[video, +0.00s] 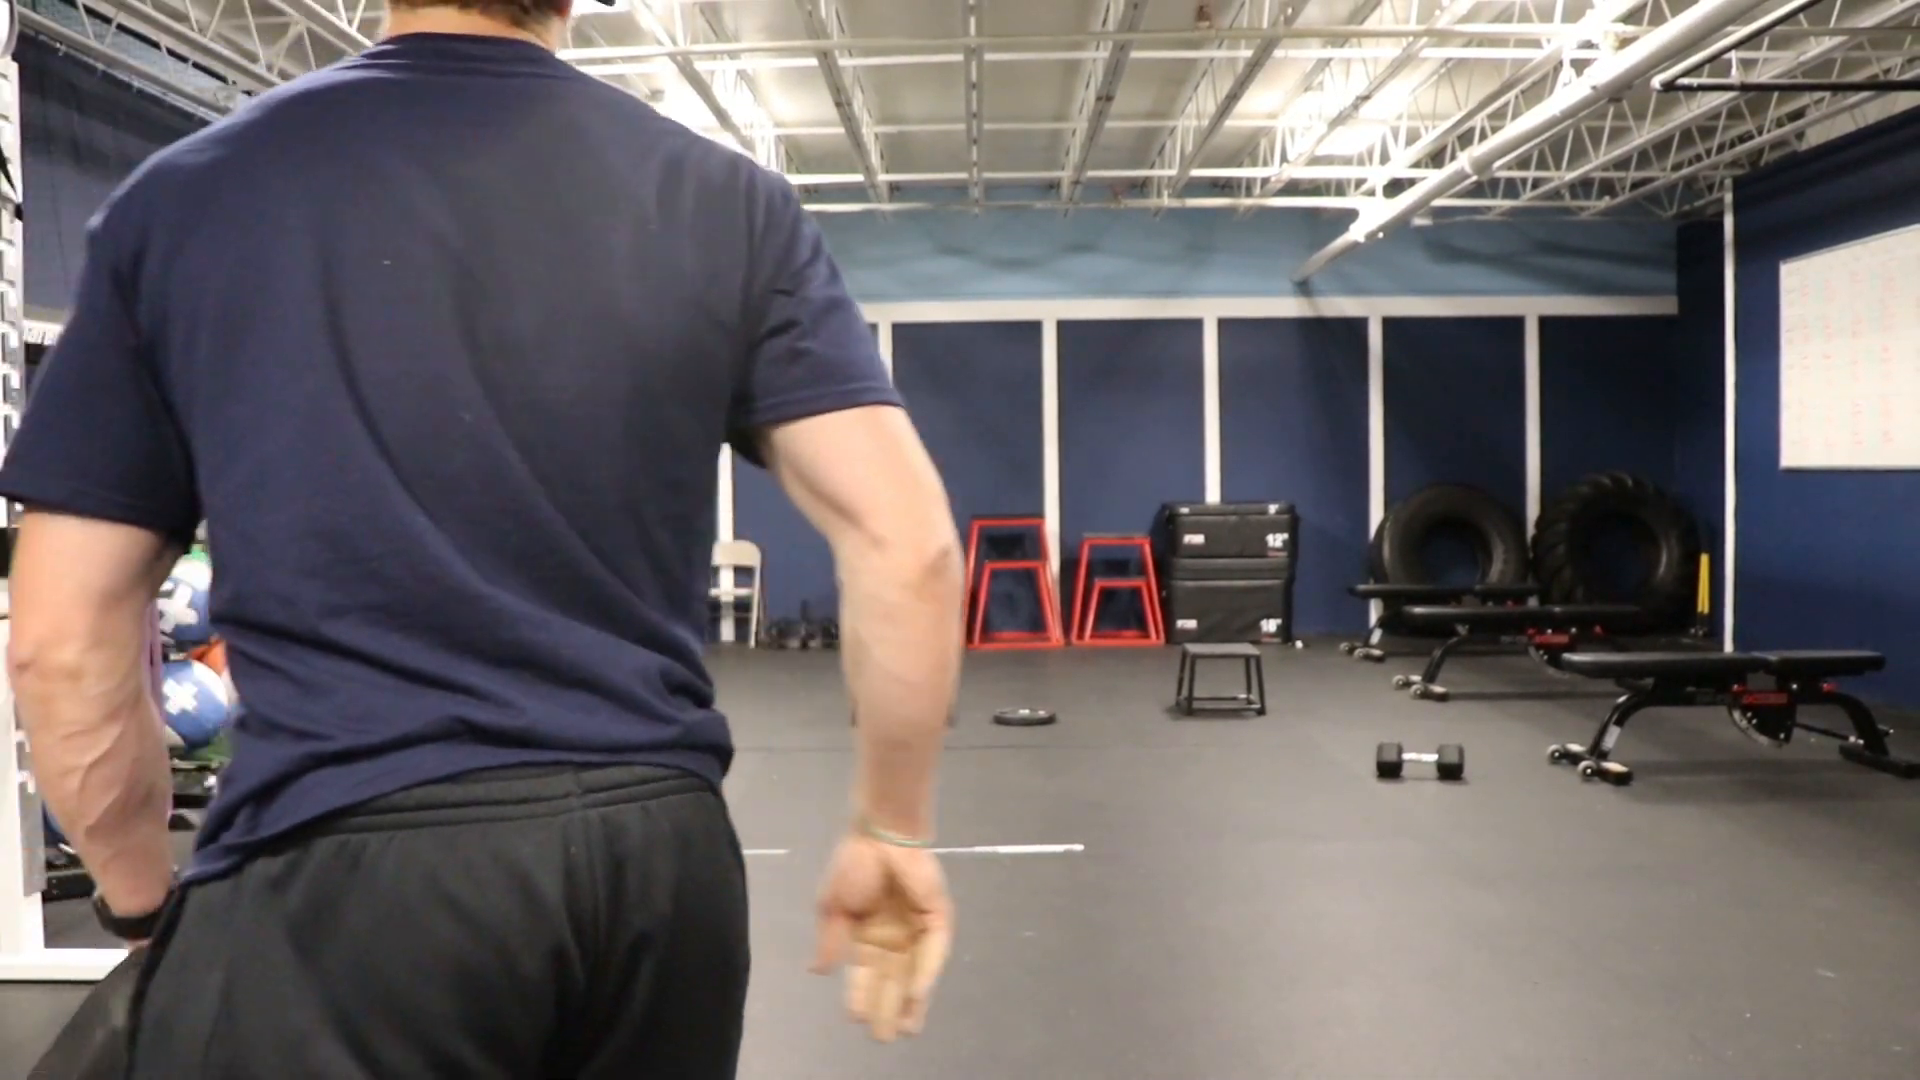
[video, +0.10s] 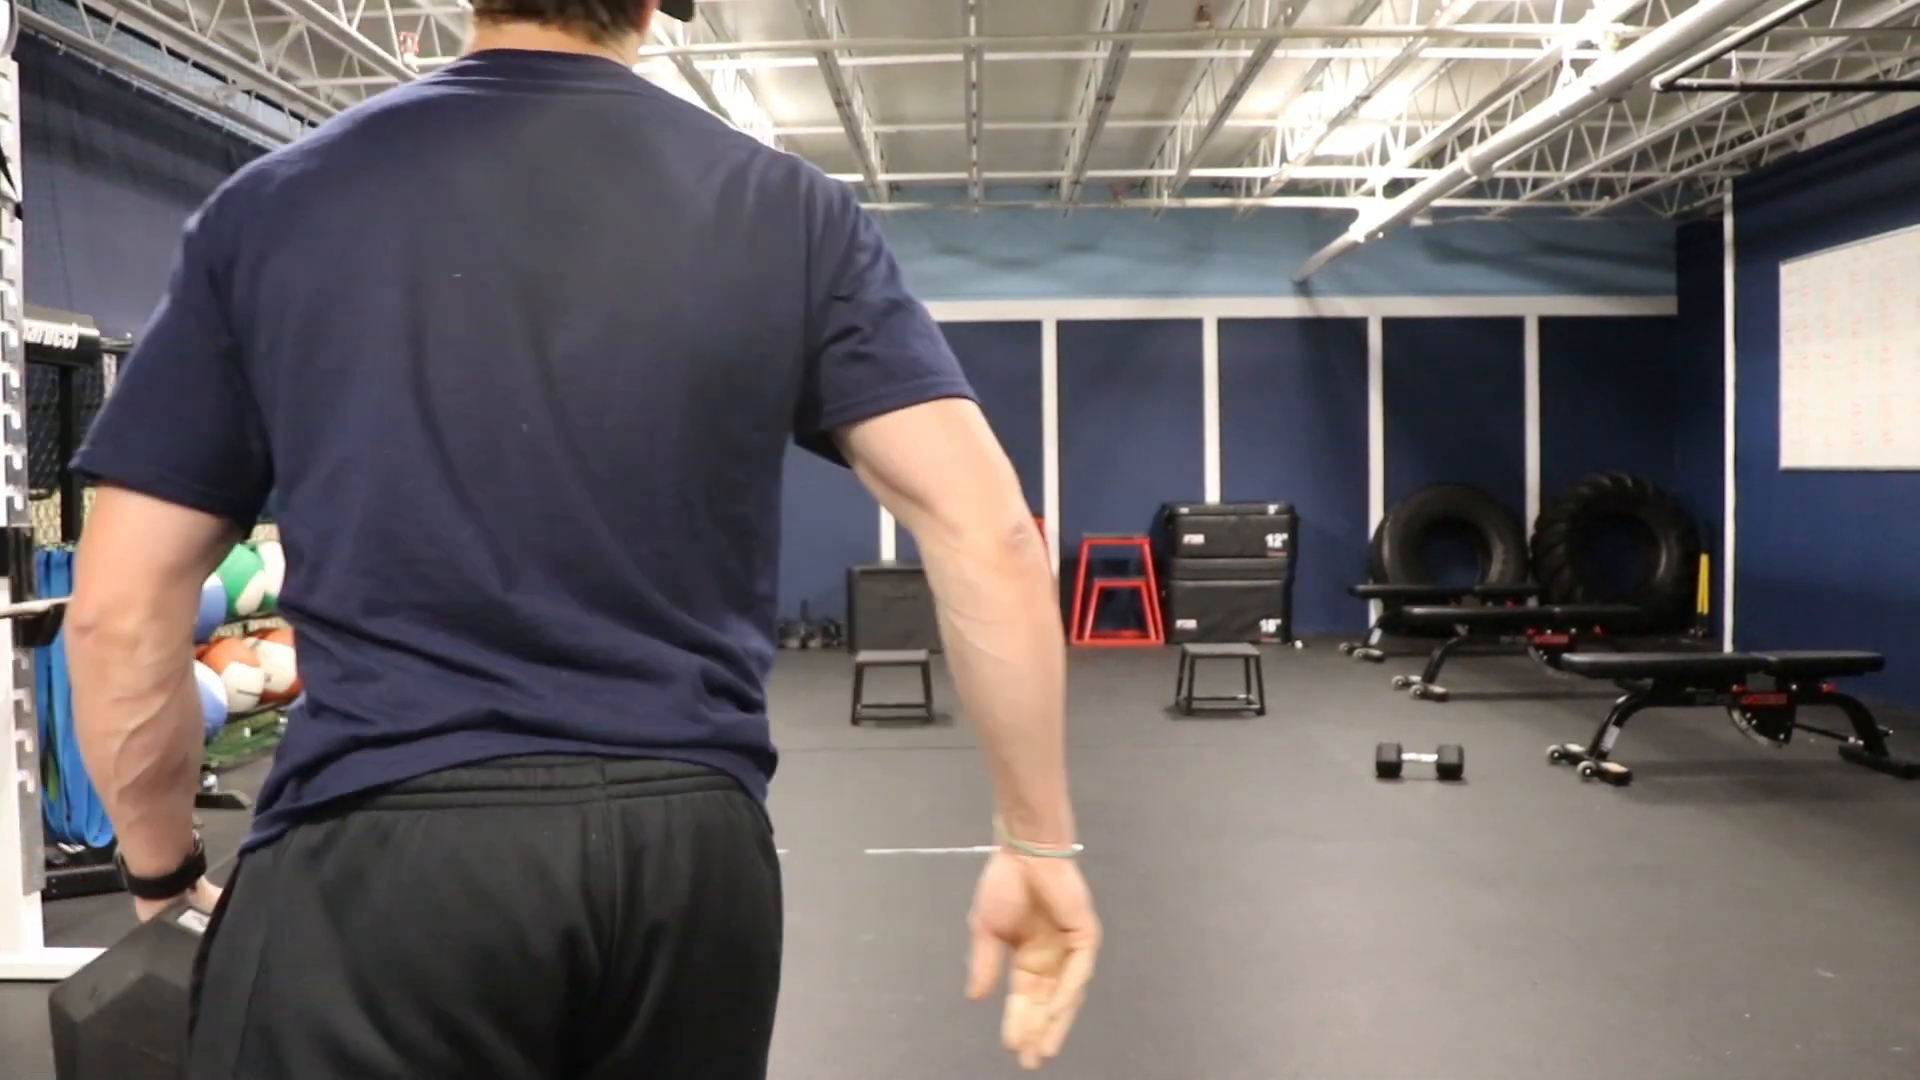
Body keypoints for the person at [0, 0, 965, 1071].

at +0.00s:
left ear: (387, 5)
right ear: (565, 5)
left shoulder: (187, 200)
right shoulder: (722, 196)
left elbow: (61, 638)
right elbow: (910, 537)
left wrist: (151, 903)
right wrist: (893, 827)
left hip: (337, 876)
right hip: (663, 853)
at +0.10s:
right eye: (655, 11)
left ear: (469, 12)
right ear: (650, 12)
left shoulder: (276, 205)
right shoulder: (786, 206)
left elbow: (120, 611)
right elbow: (988, 524)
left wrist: (165, 877)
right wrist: (1039, 835)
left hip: (381, 858)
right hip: (695, 853)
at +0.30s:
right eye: (751, 16)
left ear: (570, 16)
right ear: (746, 21)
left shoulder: (371, 202)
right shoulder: (850, 223)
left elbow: (192, 548)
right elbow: (1022, 546)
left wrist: (170, 795)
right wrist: (1126, 848)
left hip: (420, 841)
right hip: (716, 847)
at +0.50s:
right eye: (768, 22)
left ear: (584, 31)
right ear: (760, 33)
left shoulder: (402, 227)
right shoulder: (842, 252)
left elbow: (248, 545)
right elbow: (989, 558)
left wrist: (211, 783)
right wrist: (1092, 837)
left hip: (438, 813)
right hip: (700, 821)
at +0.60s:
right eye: (744, 63)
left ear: (566, 66)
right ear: (734, 69)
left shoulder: (395, 254)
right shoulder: (810, 266)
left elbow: (262, 556)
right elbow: (967, 548)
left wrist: (232, 794)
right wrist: (1083, 810)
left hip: (435, 808)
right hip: (684, 816)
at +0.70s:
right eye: (711, 71)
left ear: (542, 72)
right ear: (705, 81)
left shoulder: (389, 267)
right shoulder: (776, 270)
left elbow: (283, 561)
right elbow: (930, 530)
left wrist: (254, 805)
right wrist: (1062, 776)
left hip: (429, 790)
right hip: (659, 798)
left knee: (430, 1064)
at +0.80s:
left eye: (519, 65)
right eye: (681, 87)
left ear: (523, 83)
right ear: (674, 94)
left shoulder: (380, 273)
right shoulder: (745, 262)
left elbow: (294, 562)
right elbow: (900, 504)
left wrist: (269, 795)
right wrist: (1040, 734)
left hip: (429, 771)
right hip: (654, 776)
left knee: (437, 1059)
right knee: (673, 1057)